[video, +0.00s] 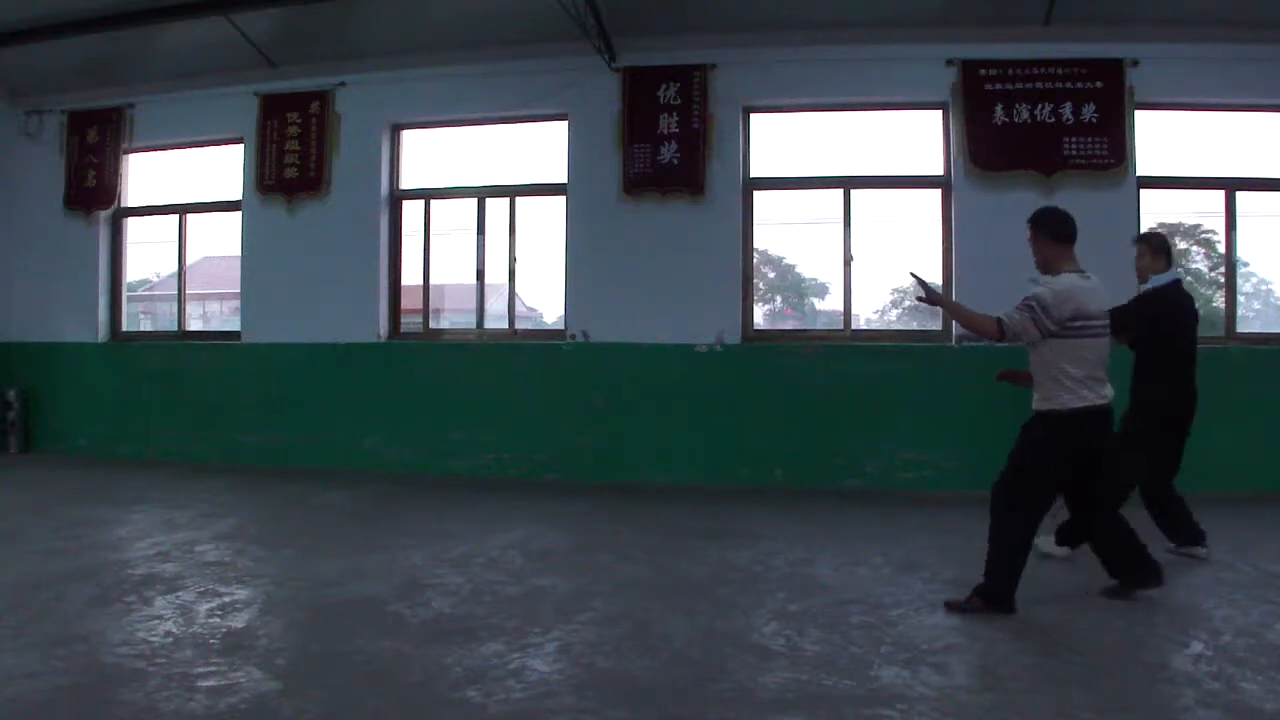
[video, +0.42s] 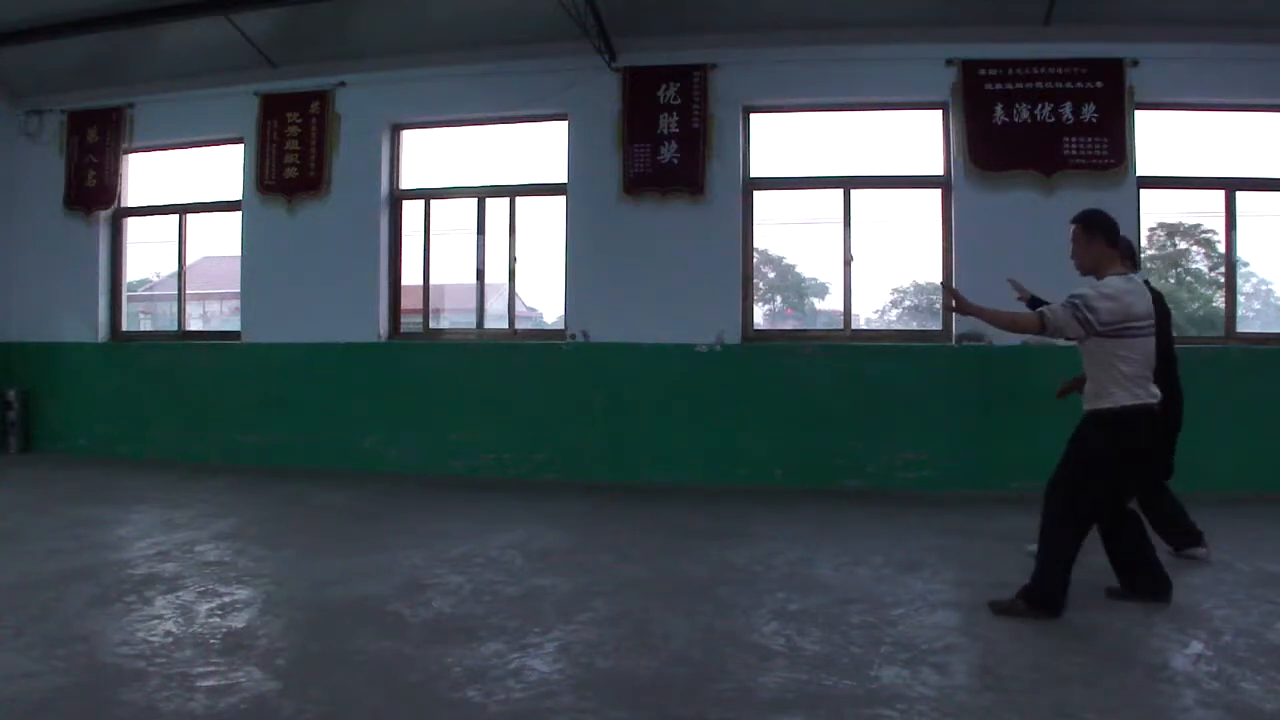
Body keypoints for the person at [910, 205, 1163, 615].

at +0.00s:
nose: (1031, 250)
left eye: (1033, 242)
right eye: (1031, 242)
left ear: (1048, 243)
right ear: (1068, 242)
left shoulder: (1051, 294)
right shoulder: (1094, 290)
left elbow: (999, 330)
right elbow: (1086, 361)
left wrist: (943, 302)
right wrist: (1033, 377)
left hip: (1057, 422)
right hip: (1095, 418)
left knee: (1012, 500)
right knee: (1090, 504)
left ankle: (996, 594)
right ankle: (1140, 572)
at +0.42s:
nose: (1071, 252)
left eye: (1077, 243)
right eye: (1072, 243)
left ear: (1100, 244)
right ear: (1109, 245)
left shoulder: (1100, 298)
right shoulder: (1139, 292)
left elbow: (1035, 323)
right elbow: (1129, 354)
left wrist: (969, 308)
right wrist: (1085, 379)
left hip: (1111, 420)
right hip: (1143, 415)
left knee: (1065, 499)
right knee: (1109, 500)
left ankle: (1043, 597)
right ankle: (1147, 583)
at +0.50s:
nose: (1069, 252)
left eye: (1074, 243)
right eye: (1069, 244)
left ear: (1097, 243)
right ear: (1106, 245)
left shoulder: (1096, 297)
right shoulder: (1139, 292)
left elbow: (1034, 323)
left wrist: (966, 308)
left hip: (1111, 419)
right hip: (1144, 413)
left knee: (1067, 500)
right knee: (1111, 500)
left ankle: (1044, 598)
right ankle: (1146, 583)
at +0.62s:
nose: (1062, 253)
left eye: (1067, 243)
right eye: (1062, 244)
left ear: (1089, 243)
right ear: (1102, 245)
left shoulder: (1086, 298)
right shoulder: (1136, 292)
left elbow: (1024, 323)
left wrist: (961, 307)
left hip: (1105, 420)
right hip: (1144, 413)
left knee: (1063, 501)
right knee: (1113, 500)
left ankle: (1043, 598)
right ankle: (1147, 582)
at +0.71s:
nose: (1053, 255)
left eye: (1057, 245)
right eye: (1052, 246)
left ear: (1079, 244)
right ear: (1093, 245)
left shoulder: (1073, 300)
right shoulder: (1132, 292)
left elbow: (1014, 323)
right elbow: (1149, 340)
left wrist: (957, 305)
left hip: (1098, 420)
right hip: (1140, 413)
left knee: (1057, 502)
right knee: (1113, 500)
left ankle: (1041, 598)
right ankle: (1147, 582)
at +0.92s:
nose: (1049, 266)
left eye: (1053, 257)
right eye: (1049, 258)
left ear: (1075, 255)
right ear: (1088, 257)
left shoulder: (1066, 310)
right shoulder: (1130, 301)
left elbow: (1010, 326)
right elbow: (1147, 352)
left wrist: (951, 310)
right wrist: (1084, 382)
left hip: (1099, 429)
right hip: (1142, 420)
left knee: (1048, 502)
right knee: (1105, 498)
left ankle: (1039, 599)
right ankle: (1157, 570)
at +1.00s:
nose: (1059, 269)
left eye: (1063, 259)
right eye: (1059, 260)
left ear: (1087, 260)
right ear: (1097, 261)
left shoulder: (1087, 310)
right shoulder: (1131, 302)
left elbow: (1020, 323)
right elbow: (1092, 337)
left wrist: (956, 313)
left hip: (1110, 431)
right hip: (1147, 423)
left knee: (1059, 505)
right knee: (1120, 504)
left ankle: (1039, 598)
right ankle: (1161, 576)